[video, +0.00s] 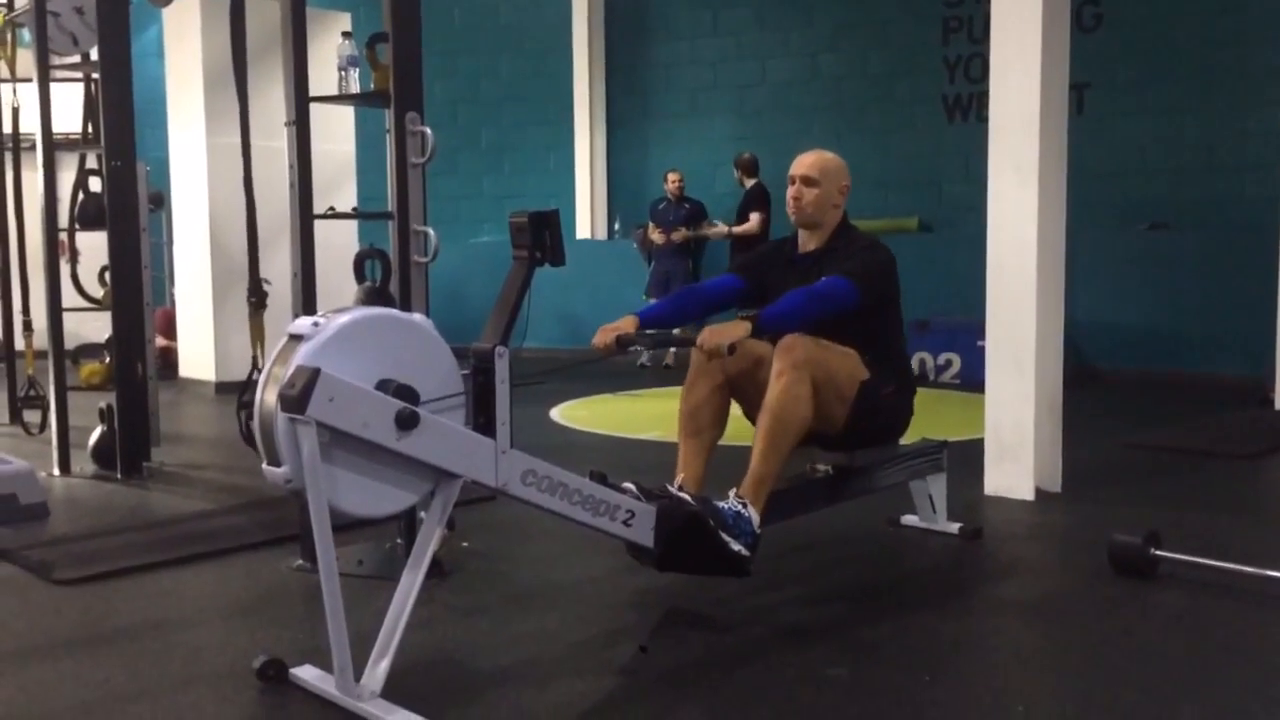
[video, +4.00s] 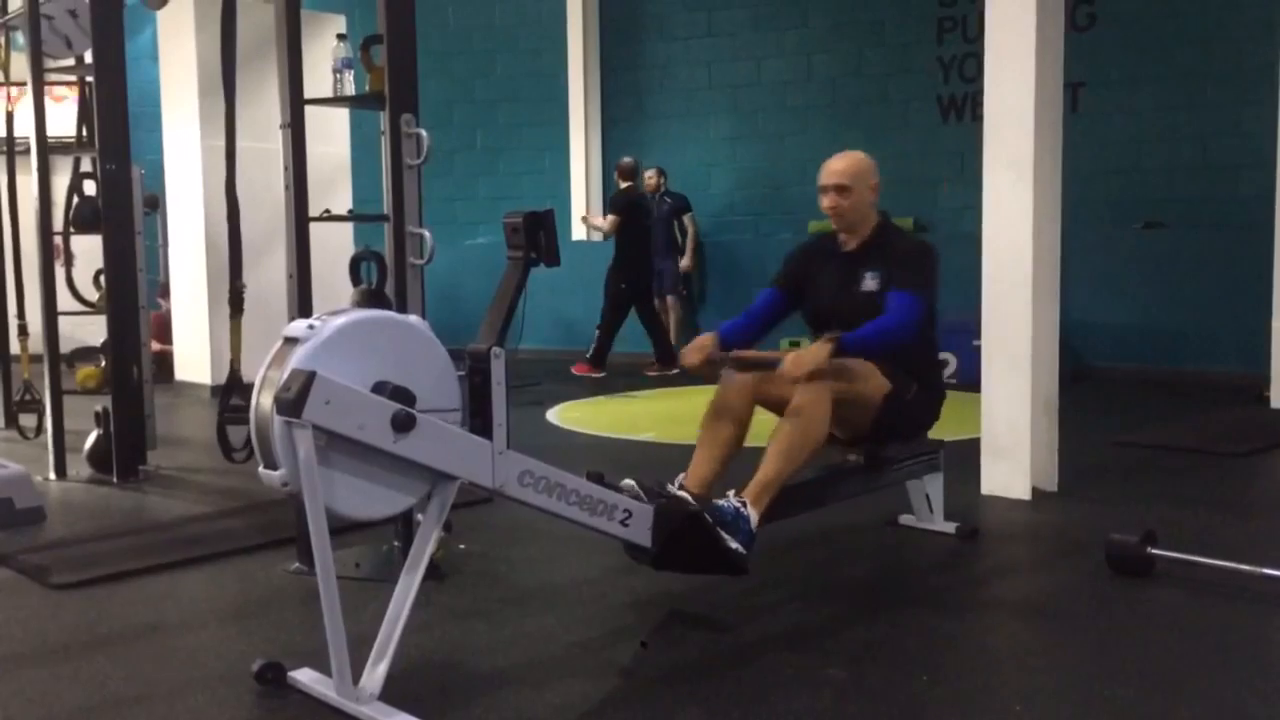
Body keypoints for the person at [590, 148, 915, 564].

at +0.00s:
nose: (793, 192)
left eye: (807, 183)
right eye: (791, 183)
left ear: (840, 196)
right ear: (785, 191)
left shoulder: (869, 257)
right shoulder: (775, 257)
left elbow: (820, 300)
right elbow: (709, 296)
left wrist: (751, 324)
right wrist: (637, 320)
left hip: (874, 407)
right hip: (799, 407)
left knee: (795, 349)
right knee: (712, 351)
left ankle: (746, 512)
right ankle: (684, 496)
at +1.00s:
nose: (893, 187)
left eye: (904, 177)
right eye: (887, 177)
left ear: (934, 178)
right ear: (882, 179)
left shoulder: (972, 234)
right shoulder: (871, 234)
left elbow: (1004, 309)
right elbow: (832, 310)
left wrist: (946, 281)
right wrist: (822, 287)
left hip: (922, 360)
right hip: (858, 351)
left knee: (834, 384)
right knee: (783, 378)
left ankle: (748, 493)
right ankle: (693, 476)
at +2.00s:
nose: (910, 188)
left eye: (923, 180)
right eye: (905, 179)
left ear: (951, 188)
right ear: (900, 186)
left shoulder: (972, 244)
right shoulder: (873, 247)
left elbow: (957, 295)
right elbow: (830, 297)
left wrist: (898, 299)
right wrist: (785, 304)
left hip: (923, 364)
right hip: (858, 356)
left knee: (832, 397)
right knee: (776, 391)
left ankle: (744, 501)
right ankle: (679, 484)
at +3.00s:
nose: (759, 205)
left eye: (773, 196)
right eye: (756, 195)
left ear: (807, 206)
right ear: (751, 200)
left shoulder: (840, 258)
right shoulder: (751, 258)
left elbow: (800, 306)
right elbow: (693, 298)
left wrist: (723, 326)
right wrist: (610, 323)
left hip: (865, 410)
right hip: (793, 412)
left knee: (795, 345)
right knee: (698, 349)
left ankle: (740, 507)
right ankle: (680, 490)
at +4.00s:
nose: (829, 203)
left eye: (842, 191)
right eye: (823, 192)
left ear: (873, 191)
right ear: (817, 196)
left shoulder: (909, 253)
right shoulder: (812, 254)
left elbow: (902, 324)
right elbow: (761, 316)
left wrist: (830, 346)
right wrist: (716, 338)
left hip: (903, 396)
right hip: (832, 390)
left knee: (819, 380)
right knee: (738, 376)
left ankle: (746, 512)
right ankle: (687, 496)